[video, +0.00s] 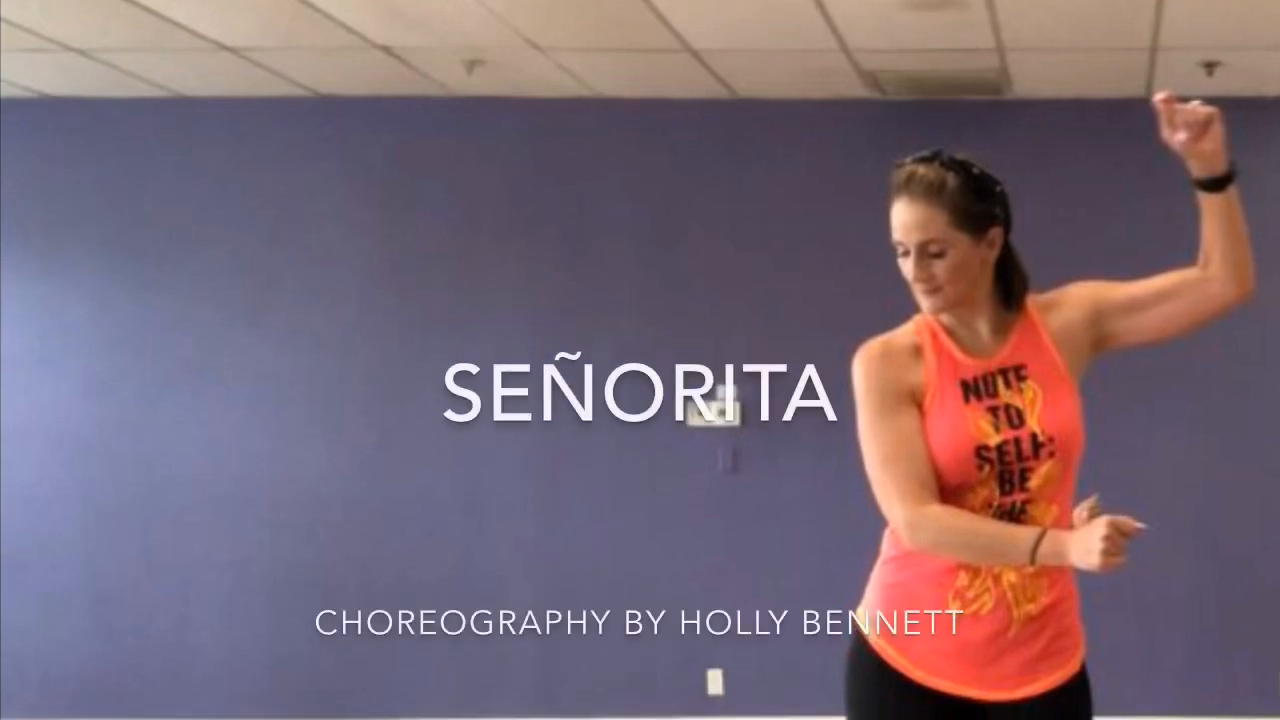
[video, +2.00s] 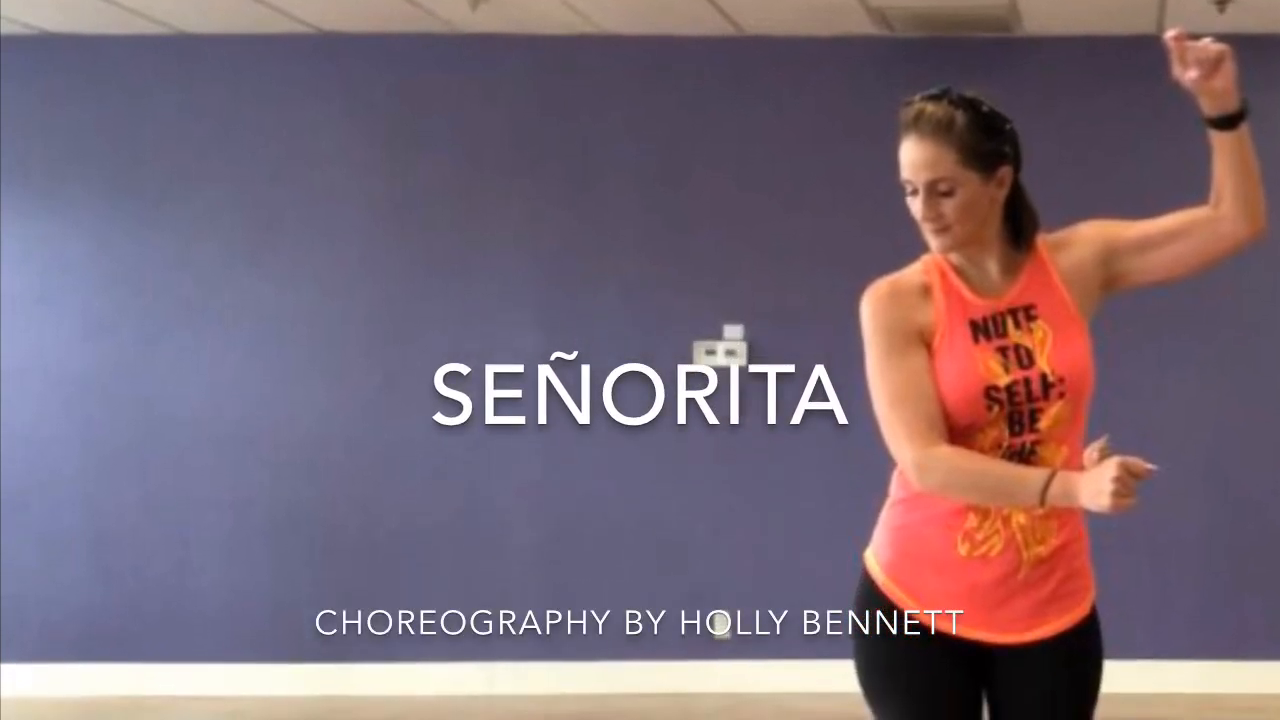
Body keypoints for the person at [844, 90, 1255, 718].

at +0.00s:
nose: (915, 273)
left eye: (934, 252)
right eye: (903, 253)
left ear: (992, 241)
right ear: (893, 250)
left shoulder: (1071, 321)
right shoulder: (888, 364)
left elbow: (1228, 281)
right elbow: (915, 520)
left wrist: (1210, 171)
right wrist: (1060, 545)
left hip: (1039, 673)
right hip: (908, 671)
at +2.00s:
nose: (924, 211)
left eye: (943, 190)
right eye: (911, 192)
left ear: (1001, 179)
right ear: (902, 187)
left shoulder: (1081, 260)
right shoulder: (896, 305)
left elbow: (1238, 220)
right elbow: (925, 460)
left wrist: (1222, 108)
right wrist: (1068, 486)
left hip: (1048, 618)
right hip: (916, 618)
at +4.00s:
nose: (933, 150)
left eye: (953, 128)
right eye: (919, 129)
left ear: (1011, 116)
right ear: (909, 129)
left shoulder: (1092, 201)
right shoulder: (904, 244)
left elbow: (1249, 160)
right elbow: (931, 402)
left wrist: (1232, 45)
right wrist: (1077, 428)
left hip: (1058, 551)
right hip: (929, 555)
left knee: (1057, 712)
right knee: (945, 711)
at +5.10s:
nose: (978, 99)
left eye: (993, 79)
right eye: (959, 81)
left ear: (1021, 82)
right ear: (929, 90)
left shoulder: (1088, 166)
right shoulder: (911, 208)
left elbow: (1249, 129)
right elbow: (934, 370)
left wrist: (1244, 28)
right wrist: (1087, 398)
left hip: (1069, 534)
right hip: (957, 538)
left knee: (1061, 712)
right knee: (957, 712)